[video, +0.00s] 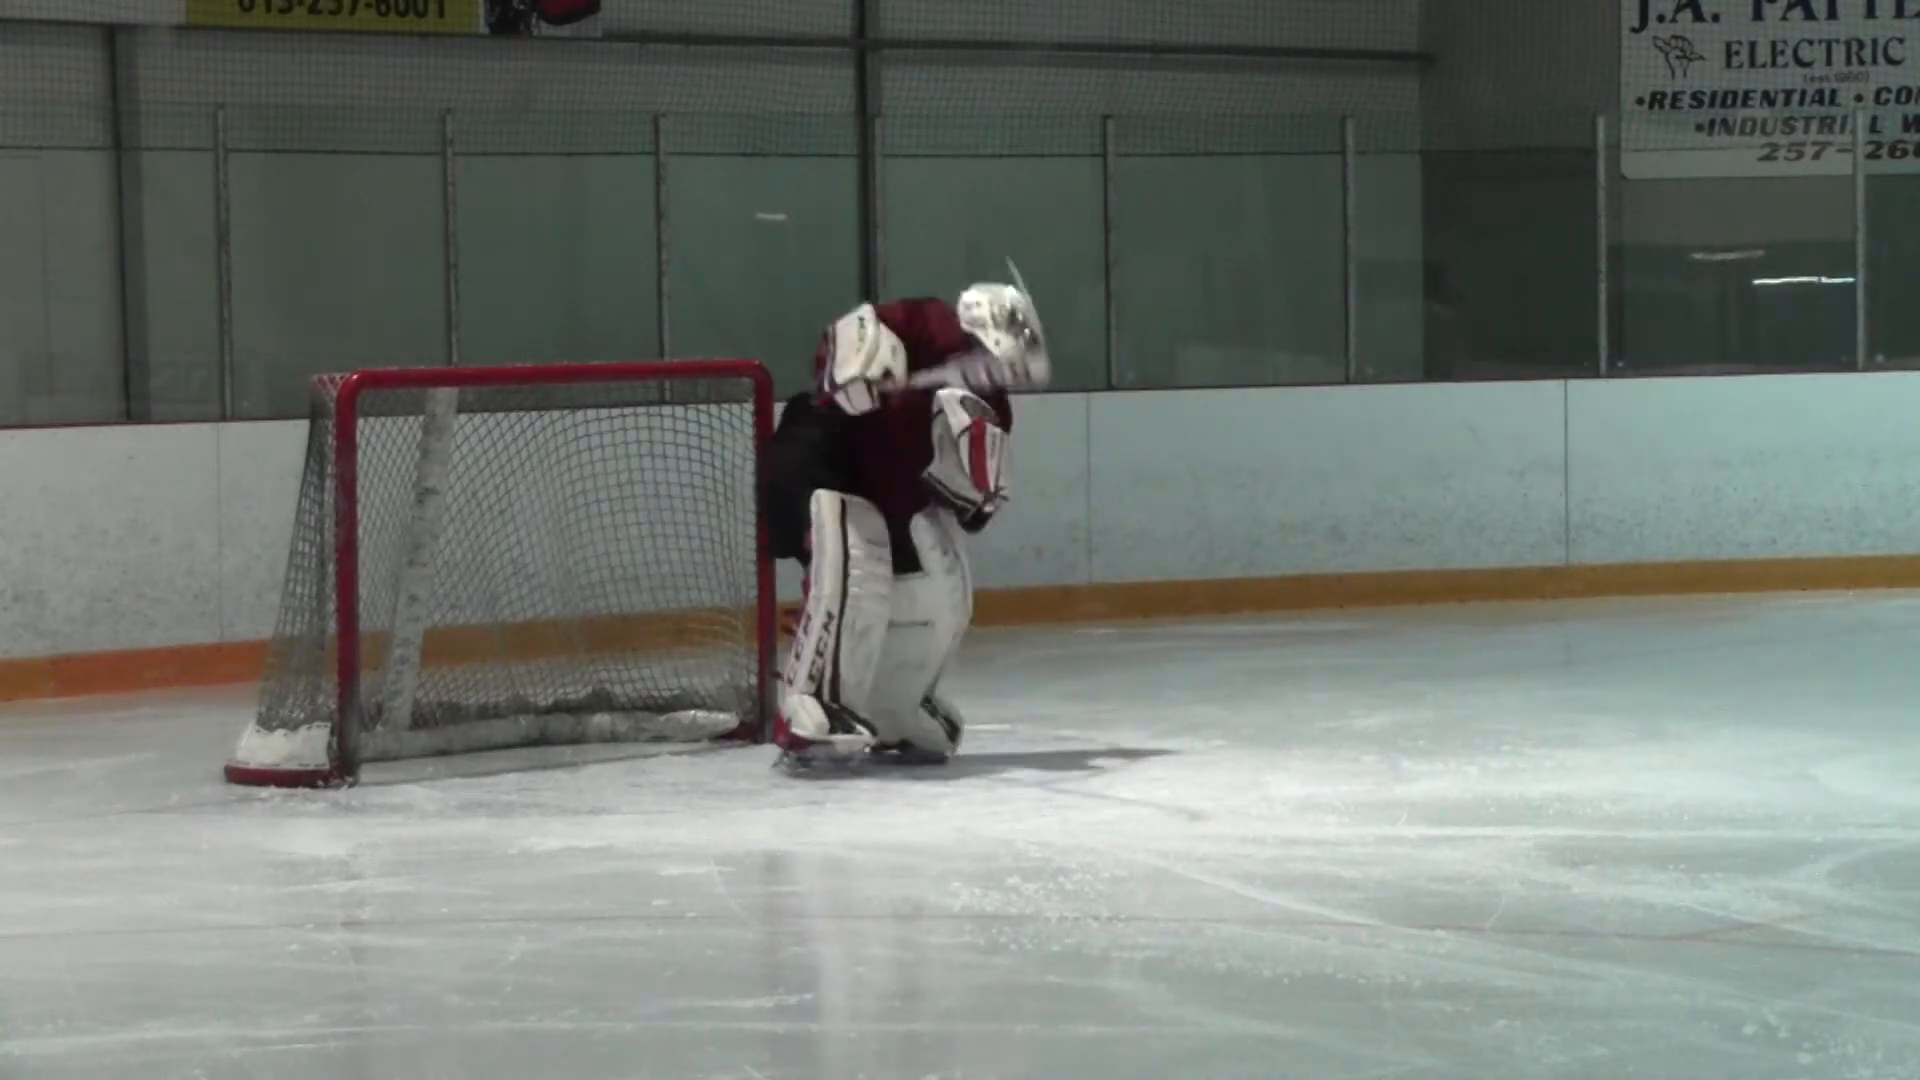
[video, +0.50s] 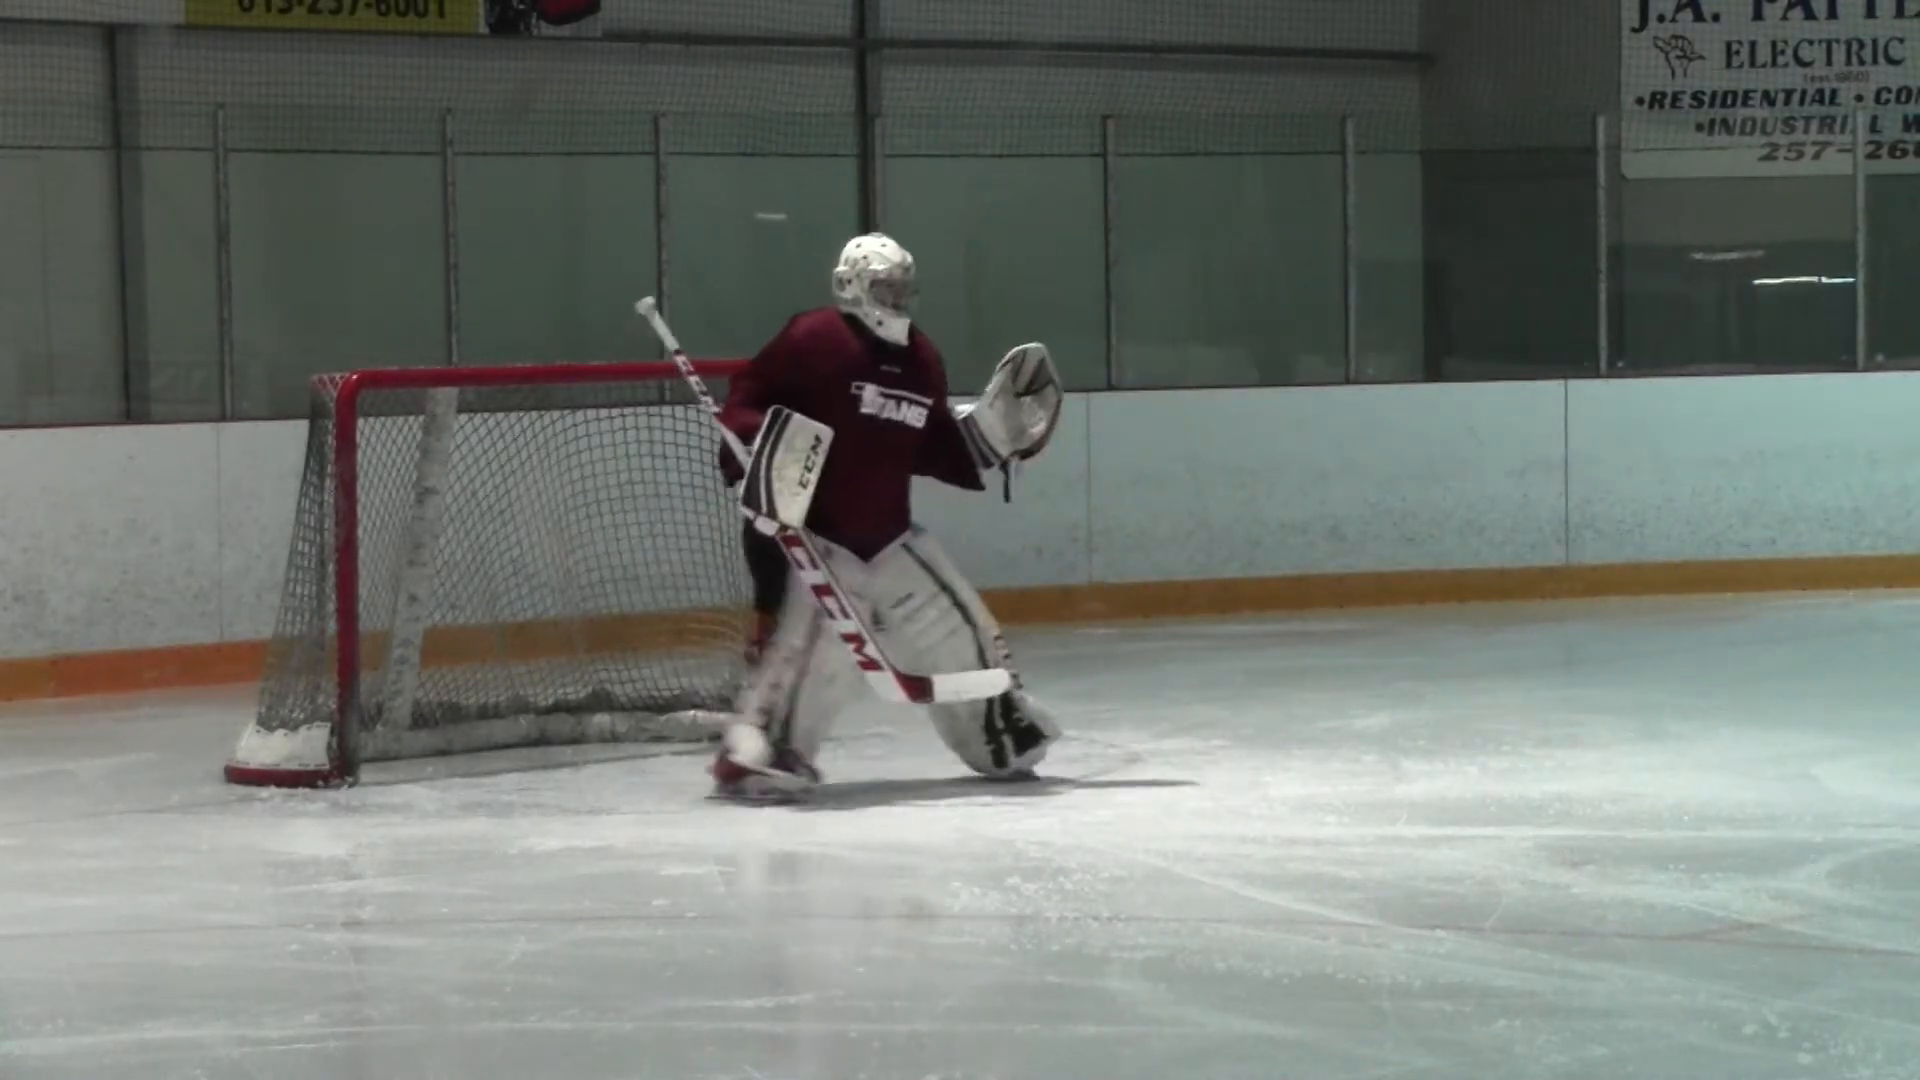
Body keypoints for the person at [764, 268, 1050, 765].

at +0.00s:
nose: (1004, 376)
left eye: (1013, 369)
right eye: (1002, 361)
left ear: (1014, 360)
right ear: (982, 335)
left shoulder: (989, 402)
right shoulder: (932, 324)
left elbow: (978, 504)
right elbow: (855, 329)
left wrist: (972, 497)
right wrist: (852, 367)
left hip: (907, 496)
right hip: (836, 468)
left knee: (938, 604)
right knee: (854, 591)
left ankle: (899, 718)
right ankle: (816, 718)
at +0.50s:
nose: (897, 301)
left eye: (903, 290)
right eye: (884, 289)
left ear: (910, 291)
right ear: (851, 289)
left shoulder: (920, 359)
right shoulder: (814, 339)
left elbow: (927, 447)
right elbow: (740, 407)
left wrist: (994, 433)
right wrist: (765, 455)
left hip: (888, 539)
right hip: (812, 537)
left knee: (955, 629)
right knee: (806, 656)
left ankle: (1000, 743)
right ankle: (760, 761)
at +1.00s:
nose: (939, 295)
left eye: (948, 283)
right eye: (926, 282)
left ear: (958, 284)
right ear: (893, 281)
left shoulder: (973, 355)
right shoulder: (862, 338)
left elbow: (987, 452)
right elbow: (786, 413)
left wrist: (1046, 425)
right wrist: (826, 457)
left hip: (933, 540)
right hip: (848, 532)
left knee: (1017, 628)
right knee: (881, 634)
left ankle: (1075, 761)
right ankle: (808, 769)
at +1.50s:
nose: (929, 312)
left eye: (939, 300)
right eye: (917, 297)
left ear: (951, 300)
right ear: (884, 295)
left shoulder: (963, 368)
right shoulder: (849, 346)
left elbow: (964, 463)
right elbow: (769, 417)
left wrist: (1031, 441)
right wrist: (798, 471)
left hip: (917, 540)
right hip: (843, 532)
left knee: (973, 632)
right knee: (842, 647)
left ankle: (1005, 756)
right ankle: (759, 763)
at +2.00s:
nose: (959, 348)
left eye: (964, 336)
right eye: (947, 335)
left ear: (970, 338)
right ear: (911, 334)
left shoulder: (974, 403)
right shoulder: (873, 382)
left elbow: (984, 491)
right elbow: (782, 440)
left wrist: (1036, 479)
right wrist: (824, 491)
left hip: (936, 571)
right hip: (860, 566)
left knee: (980, 657)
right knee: (830, 673)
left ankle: (1007, 757)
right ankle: (742, 775)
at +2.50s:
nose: (1065, 372)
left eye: (1068, 361)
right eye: (1054, 360)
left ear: (1070, 360)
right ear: (1020, 357)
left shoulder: (1055, 428)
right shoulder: (983, 388)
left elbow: (1048, 517)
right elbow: (907, 445)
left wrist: (1104, 506)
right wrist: (960, 507)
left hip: (1003, 553)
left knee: (1059, 640)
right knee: (940, 652)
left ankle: (1088, 744)